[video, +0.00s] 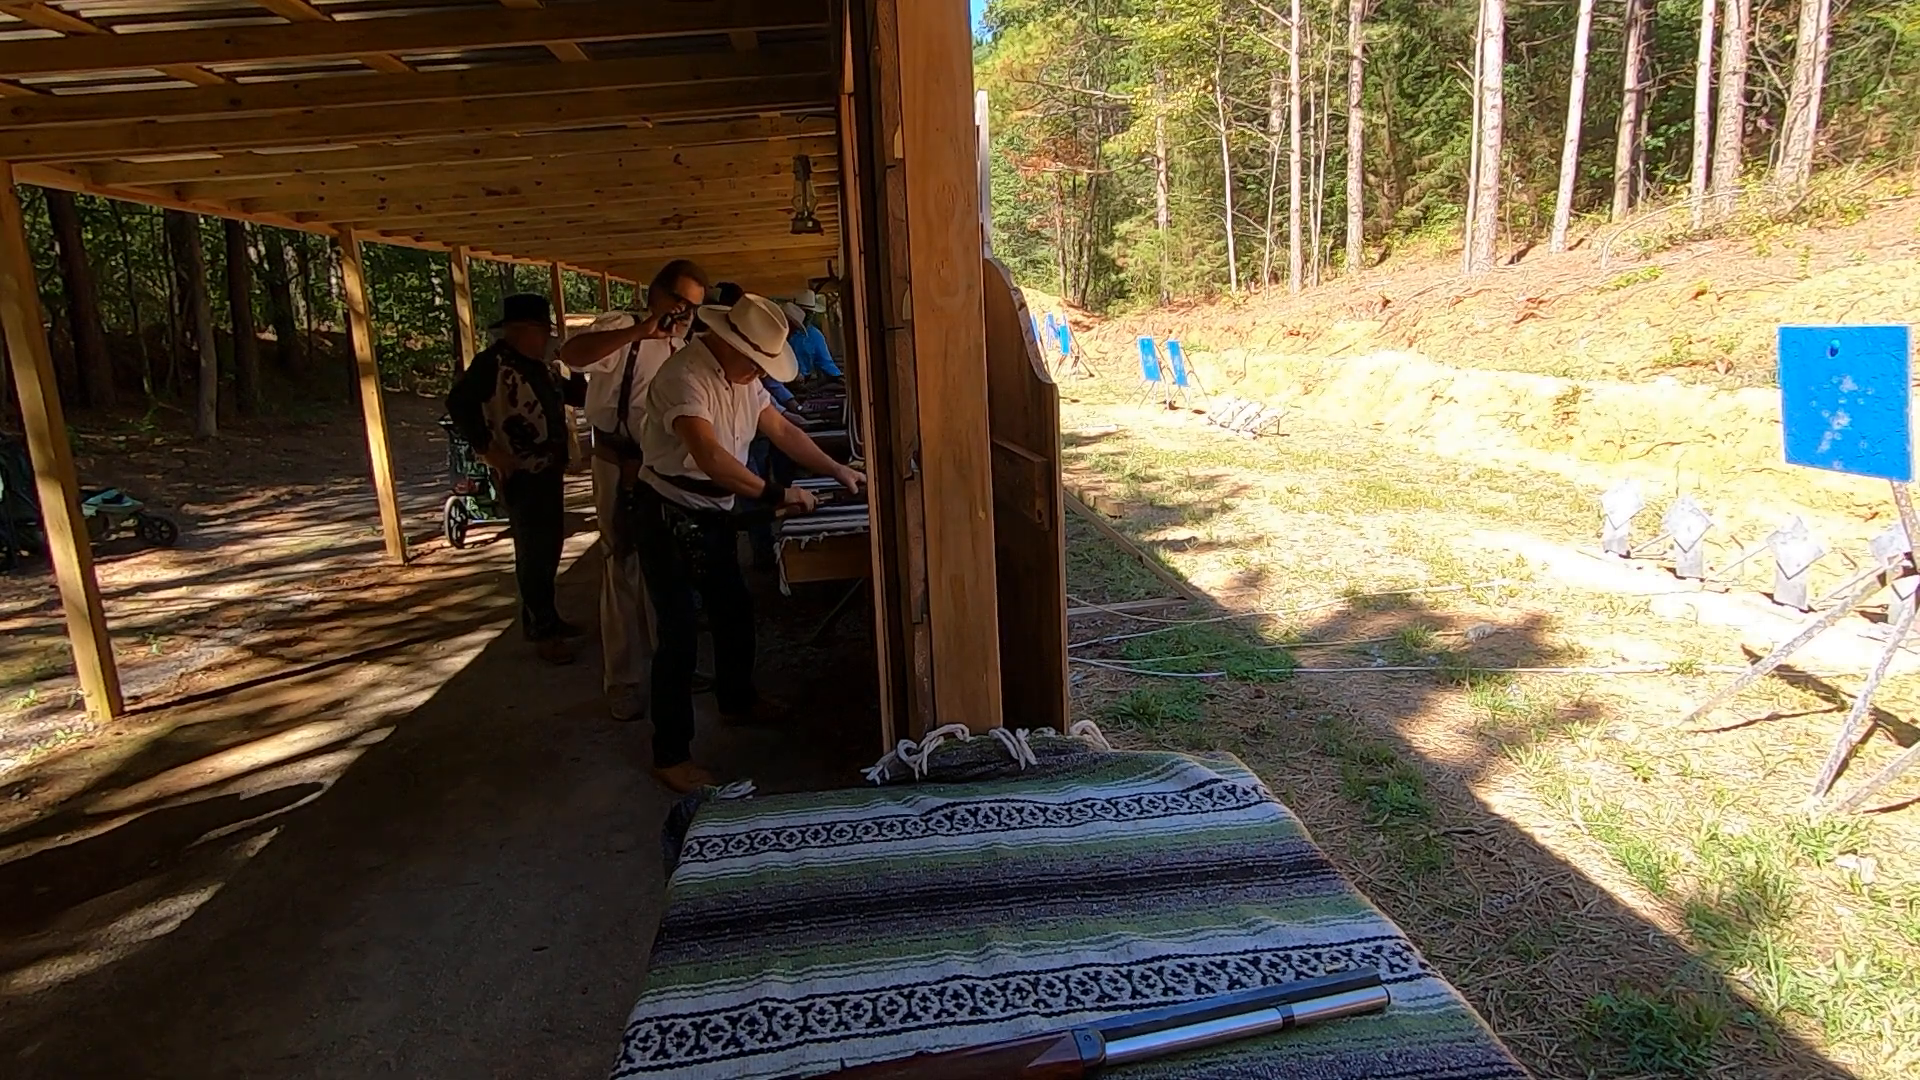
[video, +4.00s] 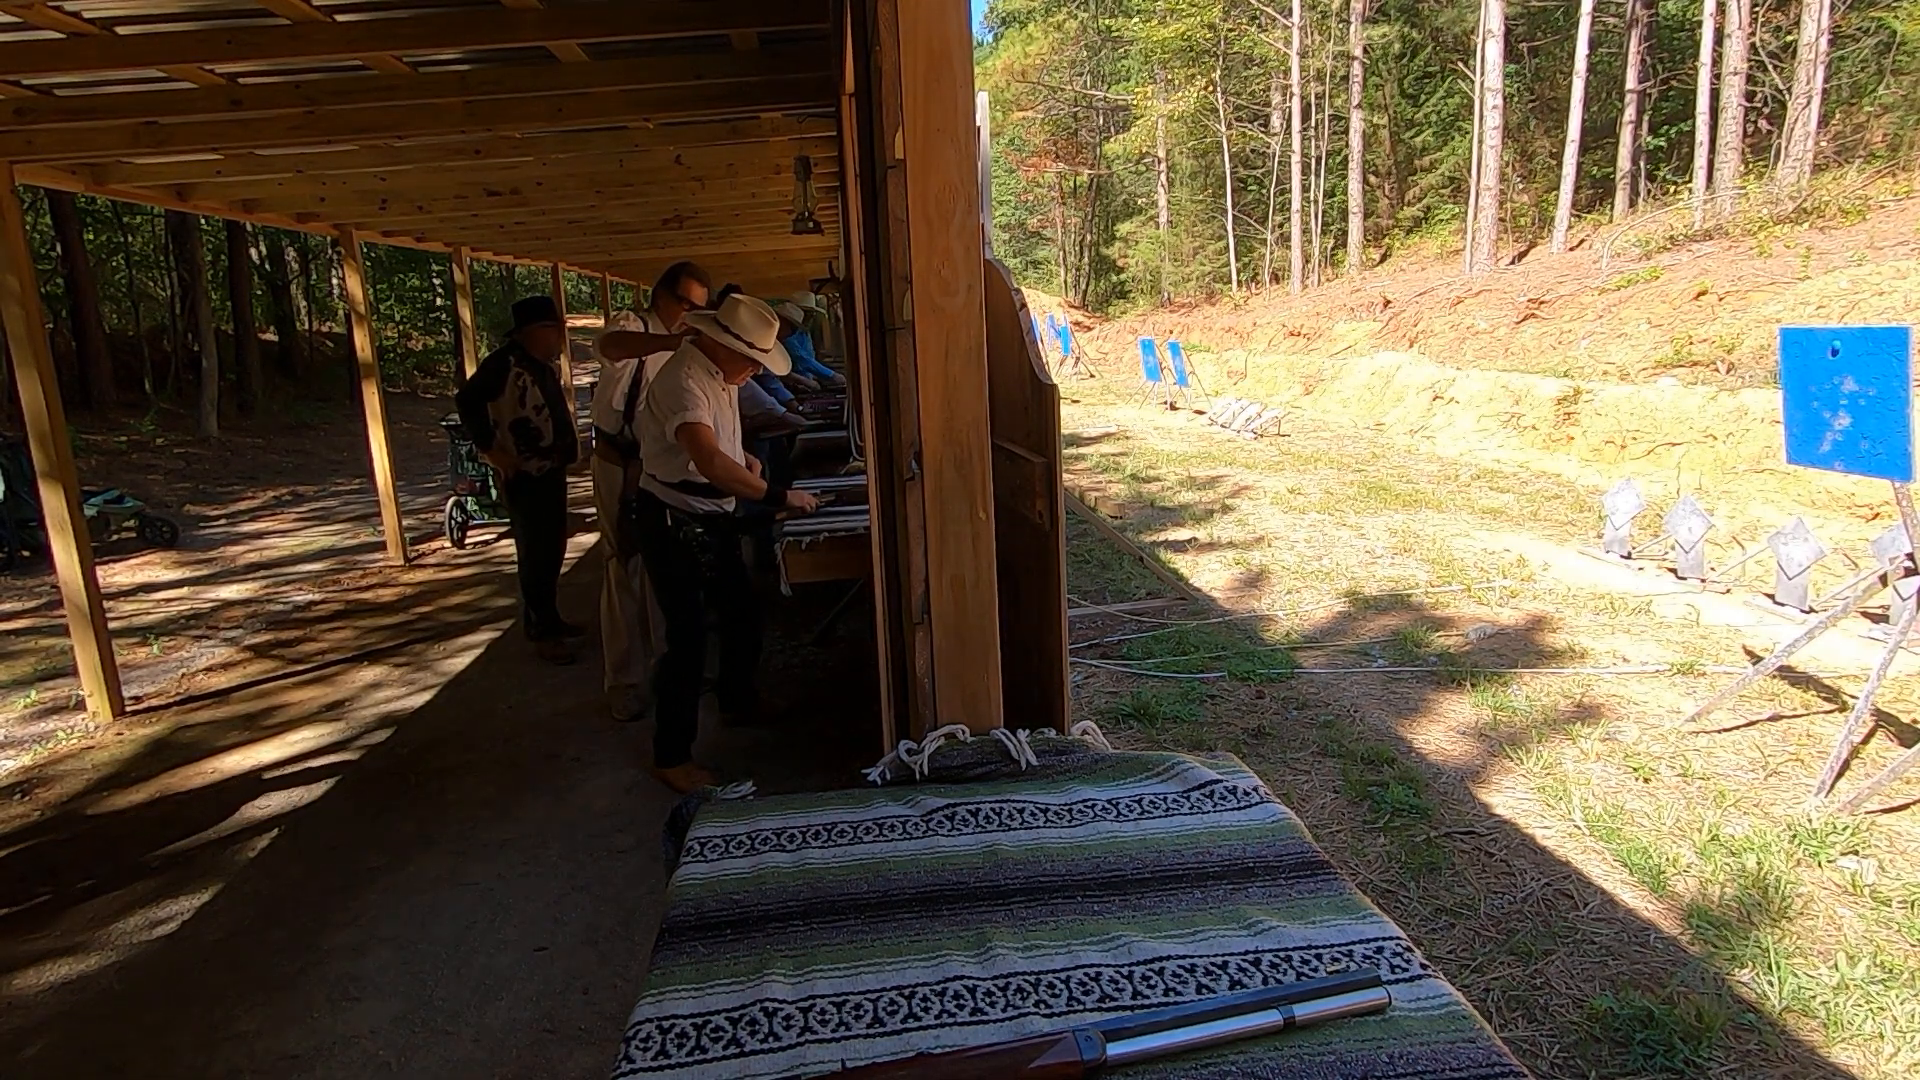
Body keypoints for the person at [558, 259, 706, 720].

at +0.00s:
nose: (683, 312)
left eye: (693, 306)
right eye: (676, 300)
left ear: (701, 309)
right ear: (655, 293)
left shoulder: (692, 349)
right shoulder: (623, 330)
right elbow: (571, 354)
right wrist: (637, 333)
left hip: (672, 464)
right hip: (617, 464)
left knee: (671, 570)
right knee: (623, 572)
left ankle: (676, 669)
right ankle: (624, 684)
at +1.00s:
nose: (685, 311)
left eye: (694, 306)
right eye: (680, 300)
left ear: (700, 309)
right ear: (657, 293)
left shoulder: (693, 346)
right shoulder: (625, 326)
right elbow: (577, 355)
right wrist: (644, 337)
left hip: (673, 464)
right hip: (619, 463)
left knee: (672, 569)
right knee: (625, 572)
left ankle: (676, 670)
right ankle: (623, 682)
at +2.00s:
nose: (687, 313)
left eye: (696, 307)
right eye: (681, 302)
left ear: (702, 311)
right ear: (657, 296)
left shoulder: (694, 348)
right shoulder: (626, 328)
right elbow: (579, 358)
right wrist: (649, 339)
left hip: (675, 467)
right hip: (621, 467)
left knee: (672, 571)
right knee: (626, 573)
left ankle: (677, 672)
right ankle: (625, 685)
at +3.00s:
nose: (687, 312)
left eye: (693, 306)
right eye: (681, 302)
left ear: (695, 309)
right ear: (658, 298)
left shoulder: (694, 352)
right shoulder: (629, 342)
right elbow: (589, 347)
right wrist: (664, 337)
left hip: (672, 464)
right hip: (621, 468)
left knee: (674, 570)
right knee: (627, 575)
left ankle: (675, 672)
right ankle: (624, 685)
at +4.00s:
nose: (691, 314)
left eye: (698, 309)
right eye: (686, 304)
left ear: (698, 310)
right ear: (661, 296)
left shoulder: (690, 345)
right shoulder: (631, 327)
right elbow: (608, 346)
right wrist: (675, 342)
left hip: (668, 463)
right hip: (619, 466)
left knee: (671, 567)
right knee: (626, 572)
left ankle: (673, 671)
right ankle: (624, 684)